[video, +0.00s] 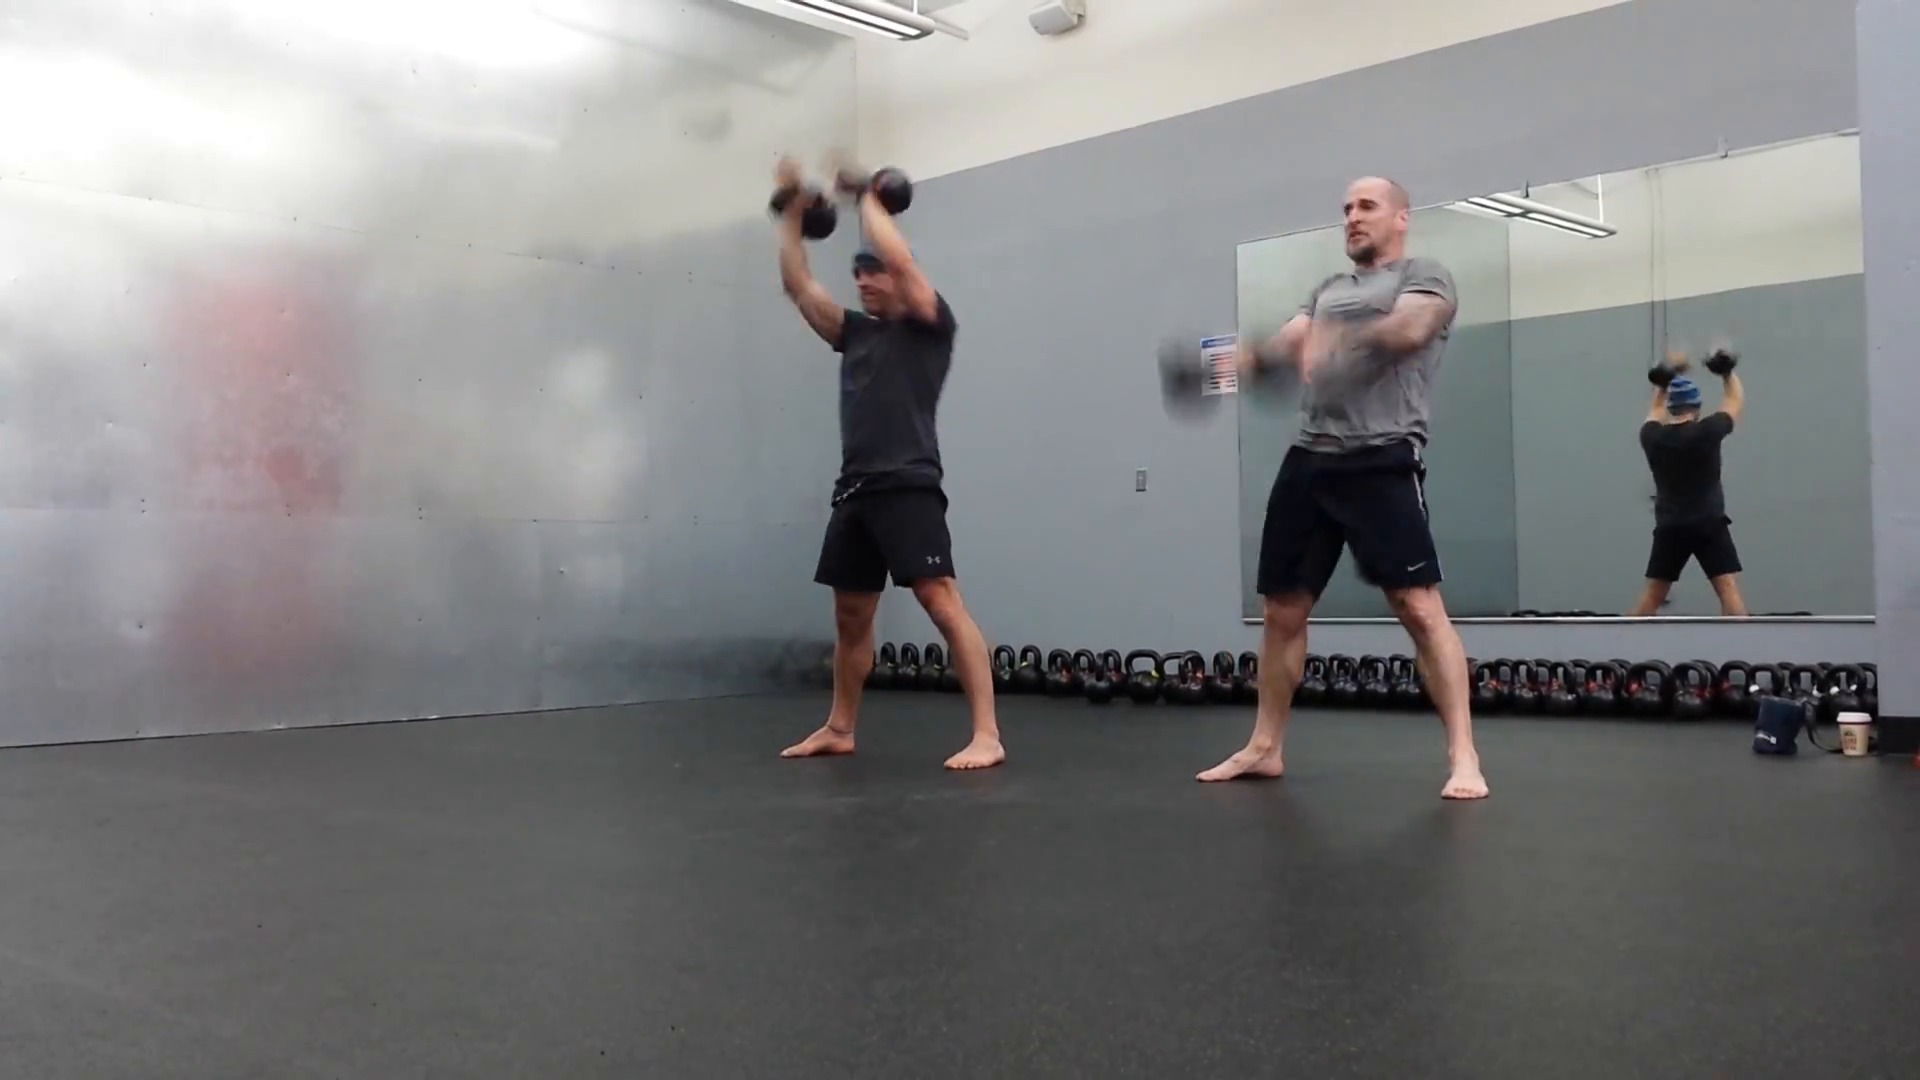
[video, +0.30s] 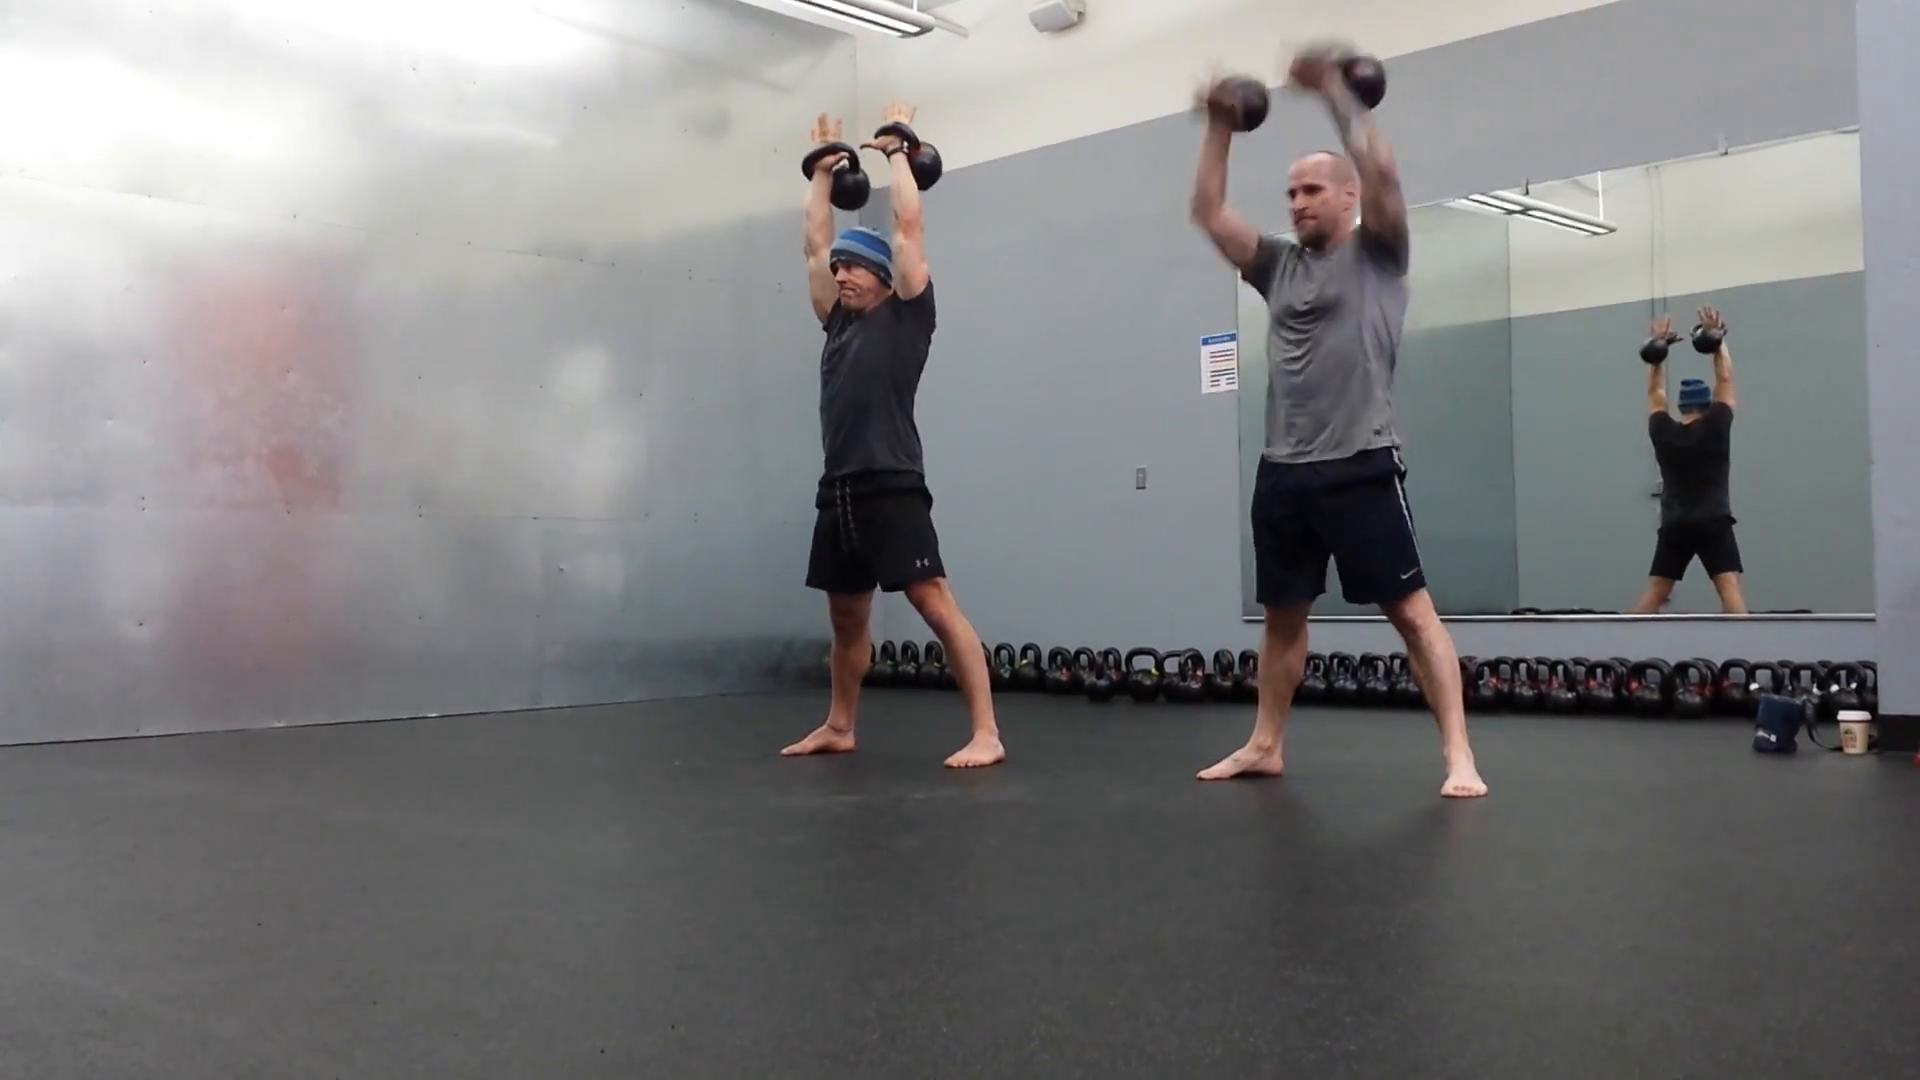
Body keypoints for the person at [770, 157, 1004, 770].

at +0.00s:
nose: (862, 279)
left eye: (875, 270)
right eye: (858, 271)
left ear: (901, 276)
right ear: (857, 279)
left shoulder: (931, 327)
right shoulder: (854, 332)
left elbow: (899, 261)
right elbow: (799, 285)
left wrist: (867, 197)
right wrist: (793, 215)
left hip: (911, 489)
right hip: (856, 492)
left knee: (943, 605)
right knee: (852, 617)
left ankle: (987, 736)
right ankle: (839, 729)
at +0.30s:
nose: (845, 278)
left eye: (855, 269)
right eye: (839, 270)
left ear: (884, 275)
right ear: (836, 279)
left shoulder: (907, 315)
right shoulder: (839, 324)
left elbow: (910, 227)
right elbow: (815, 246)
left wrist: (897, 151)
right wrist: (823, 167)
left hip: (894, 487)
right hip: (839, 491)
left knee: (937, 608)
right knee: (847, 618)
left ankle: (986, 735)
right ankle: (839, 727)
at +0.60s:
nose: (851, 279)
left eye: (861, 270)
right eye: (845, 271)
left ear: (889, 277)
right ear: (841, 280)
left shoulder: (910, 321)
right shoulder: (842, 328)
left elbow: (918, 231)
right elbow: (819, 251)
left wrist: (904, 158)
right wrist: (826, 172)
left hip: (894, 489)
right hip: (838, 492)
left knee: (936, 608)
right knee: (847, 619)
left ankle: (986, 736)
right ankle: (839, 728)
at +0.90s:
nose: (859, 273)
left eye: (869, 265)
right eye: (858, 267)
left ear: (898, 272)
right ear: (858, 280)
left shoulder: (920, 321)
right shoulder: (848, 329)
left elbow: (924, 242)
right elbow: (801, 273)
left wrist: (907, 176)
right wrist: (815, 201)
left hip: (899, 487)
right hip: (844, 491)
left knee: (938, 607)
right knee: (849, 617)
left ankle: (986, 736)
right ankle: (840, 728)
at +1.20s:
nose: (878, 274)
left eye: (888, 267)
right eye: (874, 267)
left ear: (913, 278)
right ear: (869, 283)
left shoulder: (938, 336)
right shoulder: (859, 342)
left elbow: (920, 314)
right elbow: (788, 341)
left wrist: (904, 248)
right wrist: (808, 276)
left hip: (912, 491)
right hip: (856, 493)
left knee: (945, 609)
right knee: (853, 620)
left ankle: (987, 736)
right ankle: (839, 728)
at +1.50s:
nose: (881, 275)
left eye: (892, 266)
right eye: (877, 269)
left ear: (919, 278)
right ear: (875, 285)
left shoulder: (941, 340)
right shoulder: (860, 348)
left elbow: (914, 378)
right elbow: (815, 399)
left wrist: (895, 315)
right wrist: (824, 329)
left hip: (912, 492)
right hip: (855, 494)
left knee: (947, 610)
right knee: (852, 618)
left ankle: (987, 736)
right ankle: (839, 727)